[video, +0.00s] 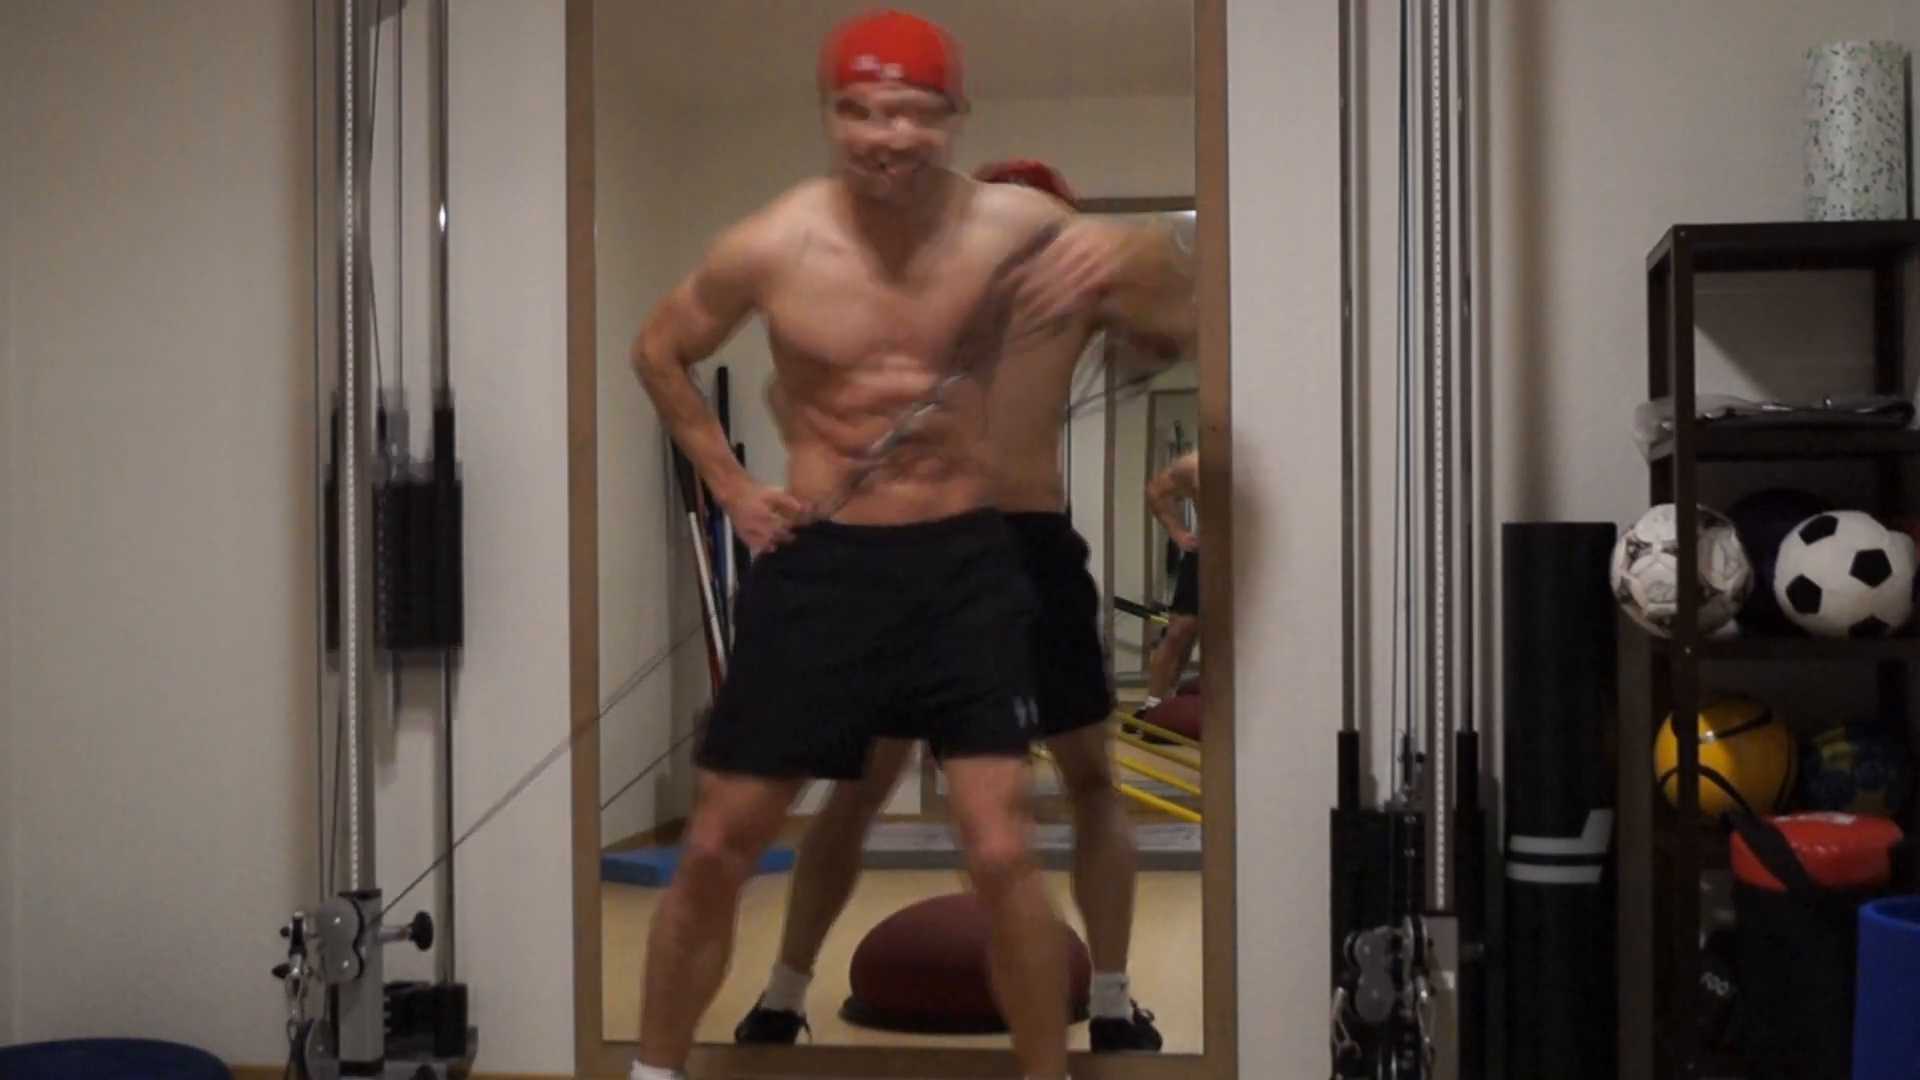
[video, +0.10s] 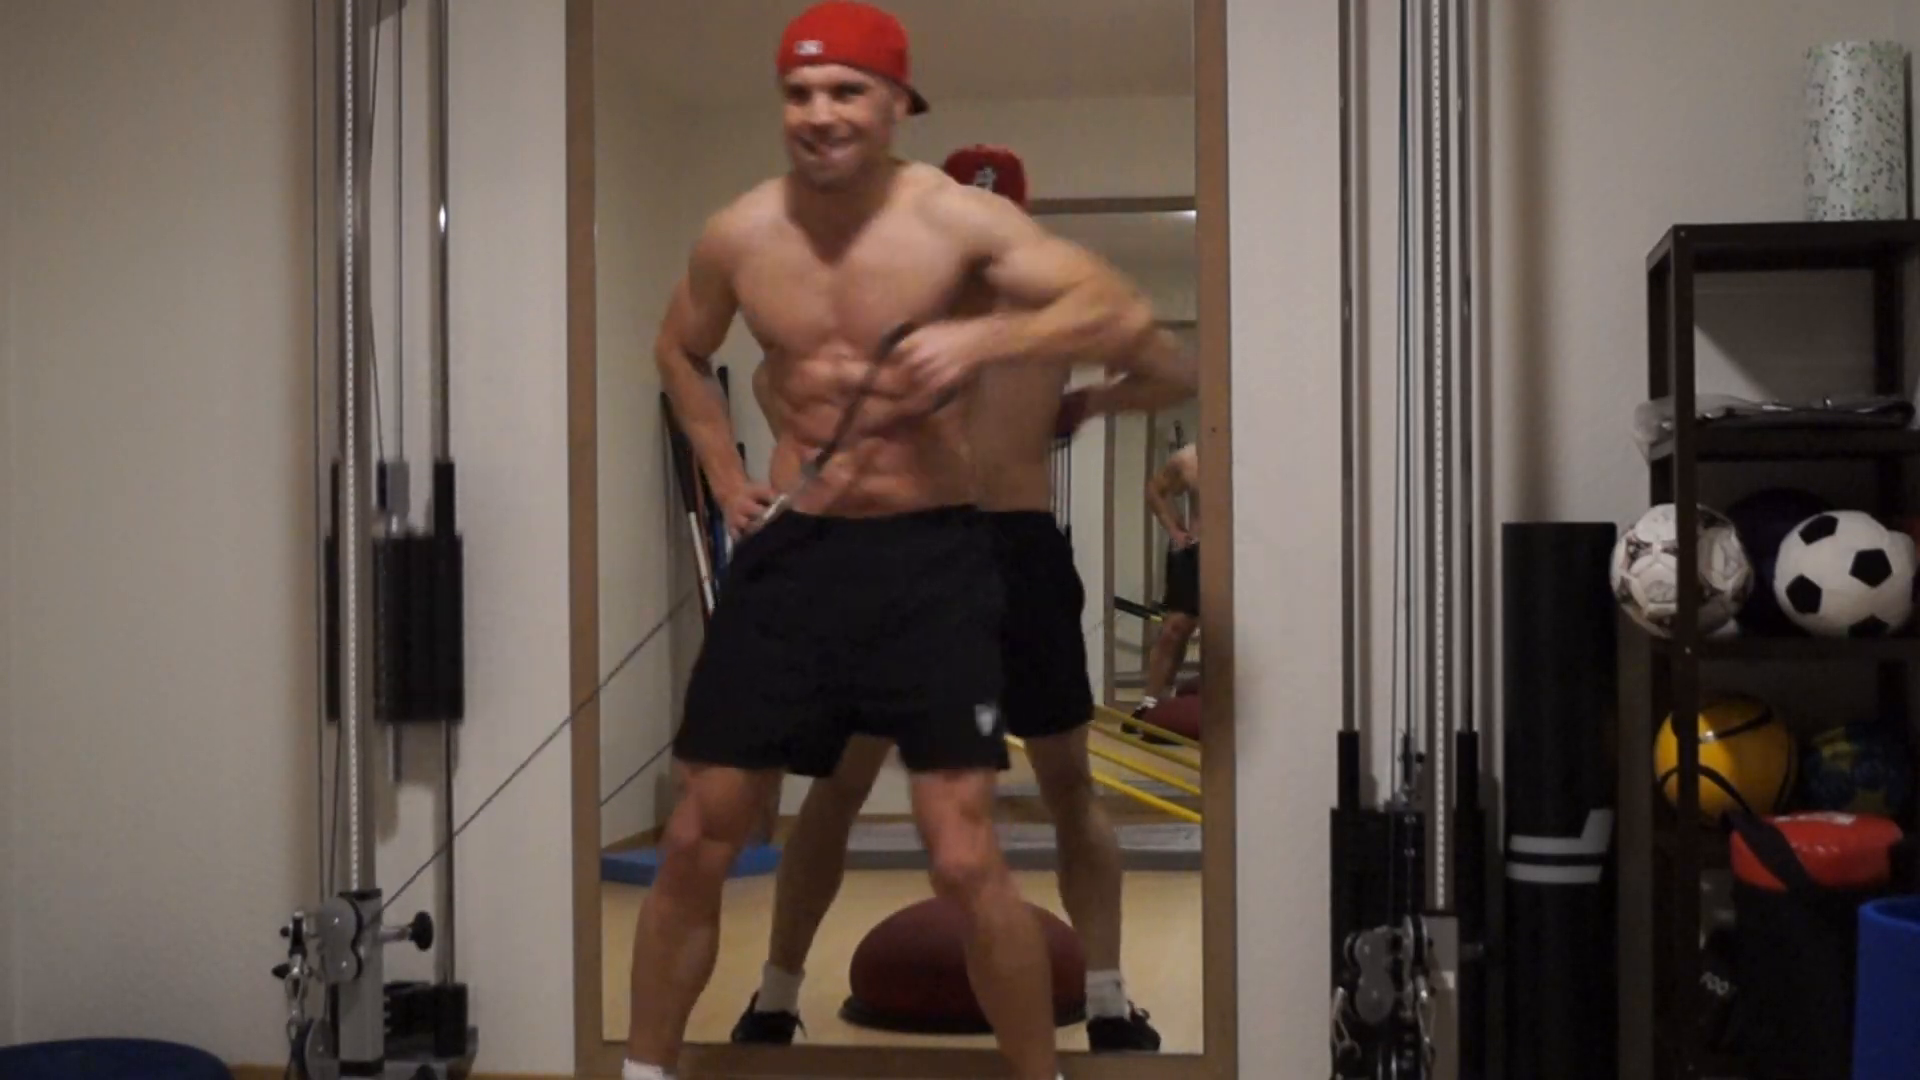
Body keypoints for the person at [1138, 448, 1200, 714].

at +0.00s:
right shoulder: (1199, 465)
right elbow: (1156, 491)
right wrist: (1179, 533)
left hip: (1224, 556)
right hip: (1202, 552)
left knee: (1192, 631)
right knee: (1181, 629)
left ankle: (1167, 695)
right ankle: (1154, 699)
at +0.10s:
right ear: (1211, 434)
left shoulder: (1241, 465)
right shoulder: (1190, 460)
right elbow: (1155, 490)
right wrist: (1175, 531)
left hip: (1227, 552)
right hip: (1194, 549)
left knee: (1220, 632)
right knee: (1178, 626)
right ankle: (1152, 699)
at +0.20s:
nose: (1195, 430)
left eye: (1201, 422)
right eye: (1191, 422)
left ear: (1212, 426)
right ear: (1184, 426)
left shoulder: (1223, 460)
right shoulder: (1177, 460)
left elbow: (1234, 501)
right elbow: (1166, 495)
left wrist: (1209, 521)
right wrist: (1180, 525)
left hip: (1223, 548)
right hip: (1191, 546)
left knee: (1220, 628)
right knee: (1171, 624)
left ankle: (1214, 702)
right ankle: (1150, 698)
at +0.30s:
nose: (1180, 426)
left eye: (1187, 420)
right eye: (1178, 420)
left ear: (1203, 423)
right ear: (1176, 426)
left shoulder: (1211, 460)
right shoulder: (1184, 461)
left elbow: (1215, 516)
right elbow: (1193, 512)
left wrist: (1177, 531)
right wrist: (1182, 535)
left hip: (1211, 549)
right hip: (1187, 548)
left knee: (1217, 631)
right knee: (1164, 624)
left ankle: (1213, 705)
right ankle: (1148, 700)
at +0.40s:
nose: (1175, 428)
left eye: (1182, 422)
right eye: (1173, 422)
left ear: (1200, 426)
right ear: (1174, 427)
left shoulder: (1199, 460)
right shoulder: (1188, 460)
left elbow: (1195, 520)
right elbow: (1192, 519)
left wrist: (1153, 542)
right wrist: (1158, 543)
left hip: (1201, 549)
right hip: (1188, 548)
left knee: (1165, 624)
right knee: (1164, 624)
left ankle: (1149, 697)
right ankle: (1149, 699)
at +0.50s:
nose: (1175, 432)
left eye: (1182, 426)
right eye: (1173, 426)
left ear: (1200, 430)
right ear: (1173, 432)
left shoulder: (1199, 465)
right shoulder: (1196, 465)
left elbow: (1179, 521)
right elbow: (1183, 527)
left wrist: (1141, 553)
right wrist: (1153, 553)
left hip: (1195, 554)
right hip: (1191, 552)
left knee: (1162, 623)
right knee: (1166, 624)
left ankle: (1147, 701)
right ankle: (1154, 698)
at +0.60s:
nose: (1180, 434)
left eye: (1186, 427)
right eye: (1180, 428)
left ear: (1205, 430)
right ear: (1188, 433)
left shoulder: (1208, 466)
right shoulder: (1197, 467)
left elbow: (1194, 518)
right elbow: (1189, 520)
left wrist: (1153, 550)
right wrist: (1155, 549)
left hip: (1213, 554)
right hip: (1192, 553)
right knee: (1162, 626)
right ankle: (1148, 700)